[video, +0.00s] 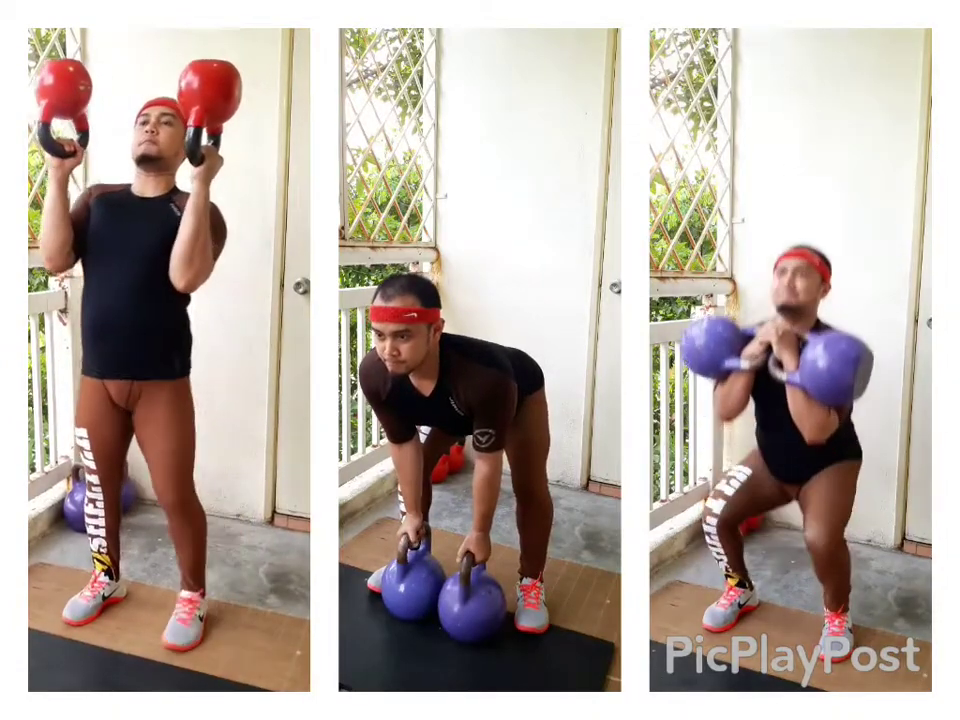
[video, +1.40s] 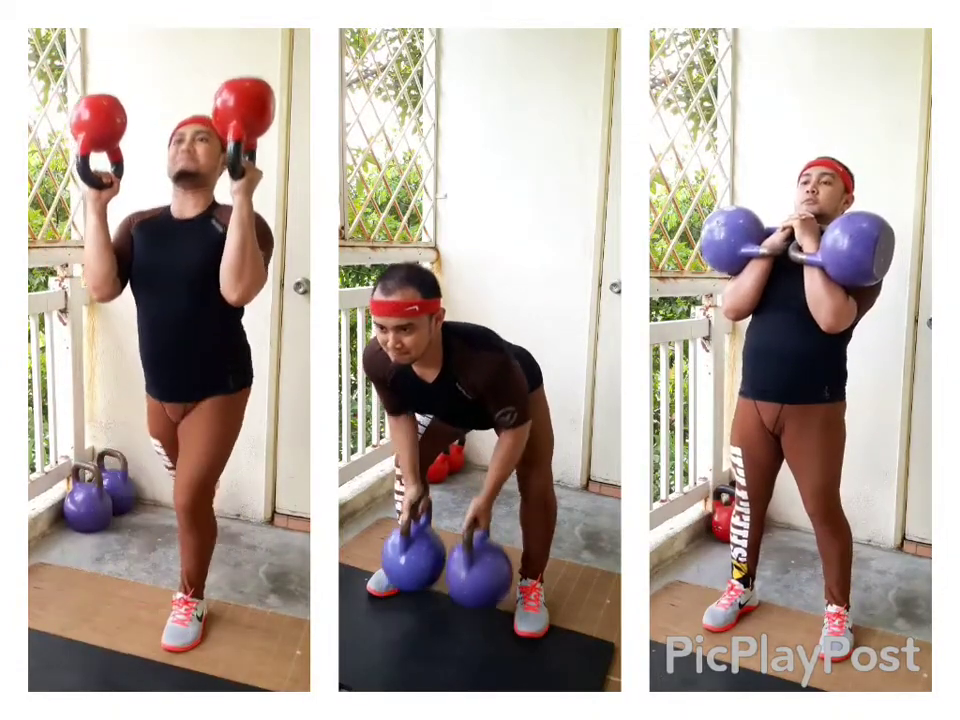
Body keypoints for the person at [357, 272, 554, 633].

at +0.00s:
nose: (389, 350)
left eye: (403, 336)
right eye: (380, 335)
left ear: (435, 330)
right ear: (371, 331)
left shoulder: (485, 379)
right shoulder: (374, 373)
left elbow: (488, 462)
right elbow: (404, 442)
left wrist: (479, 532)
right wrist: (412, 512)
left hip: (515, 389)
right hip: (453, 399)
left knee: (530, 487)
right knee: (415, 470)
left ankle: (531, 582)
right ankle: (409, 563)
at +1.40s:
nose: (393, 343)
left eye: (406, 330)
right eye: (382, 329)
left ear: (437, 318)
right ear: (373, 323)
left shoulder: (484, 360)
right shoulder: (378, 361)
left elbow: (516, 429)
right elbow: (399, 417)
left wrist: (486, 499)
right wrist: (412, 480)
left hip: (513, 395)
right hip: (452, 402)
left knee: (536, 486)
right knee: (407, 472)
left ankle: (531, 583)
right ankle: (406, 560)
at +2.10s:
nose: (394, 314)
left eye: (406, 299)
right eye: (382, 300)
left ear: (438, 287)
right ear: (373, 295)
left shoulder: (486, 327)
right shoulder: (376, 330)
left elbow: (538, 369)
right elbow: (394, 368)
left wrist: (497, 436)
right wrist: (408, 420)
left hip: (512, 398)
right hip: (450, 400)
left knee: (537, 487)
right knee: (410, 463)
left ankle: (531, 582)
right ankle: (413, 552)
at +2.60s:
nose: (394, 348)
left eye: (406, 335)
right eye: (383, 335)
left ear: (436, 319)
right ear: (374, 330)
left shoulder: (486, 362)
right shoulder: (379, 366)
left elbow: (504, 445)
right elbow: (400, 436)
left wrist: (482, 523)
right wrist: (409, 507)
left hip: (515, 396)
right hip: (454, 404)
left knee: (537, 487)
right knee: (414, 468)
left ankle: (532, 583)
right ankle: (409, 563)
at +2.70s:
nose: (393, 354)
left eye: (405, 340)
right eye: (382, 341)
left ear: (436, 327)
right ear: (374, 336)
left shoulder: (486, 370)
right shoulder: (377, 369)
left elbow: (499, 458)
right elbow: (397, 440)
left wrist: (480, 533)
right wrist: (406, 511)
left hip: (514, 392)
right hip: (450, 399)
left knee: (536, 486)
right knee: (413, 469)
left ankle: (530, 583)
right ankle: (409, 562)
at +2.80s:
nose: (391, 357)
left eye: (404, 344)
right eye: (381, 344)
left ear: (435, 329)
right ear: (373, 339)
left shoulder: (485, 372)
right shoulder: (376, 371)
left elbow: (500, 458)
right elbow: (395, 441)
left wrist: (482, 534)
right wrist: (404, 511)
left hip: (514, 392)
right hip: (450, 400)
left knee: (535, 485)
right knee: (413, 472)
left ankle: (531, 583)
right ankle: (408, 561)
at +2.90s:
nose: (391, 359)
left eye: (403, 346)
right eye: (380, 346)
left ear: (435, 333)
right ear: (372, 340)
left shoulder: (485, 373)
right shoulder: (376, 373)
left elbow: (497, 461)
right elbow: (398, 442)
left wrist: (481, 535)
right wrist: (407, 511)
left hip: (515, 390)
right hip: (450, 398)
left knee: (534, 486)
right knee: (414, 468)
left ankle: (531, 583)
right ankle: (409, 562)